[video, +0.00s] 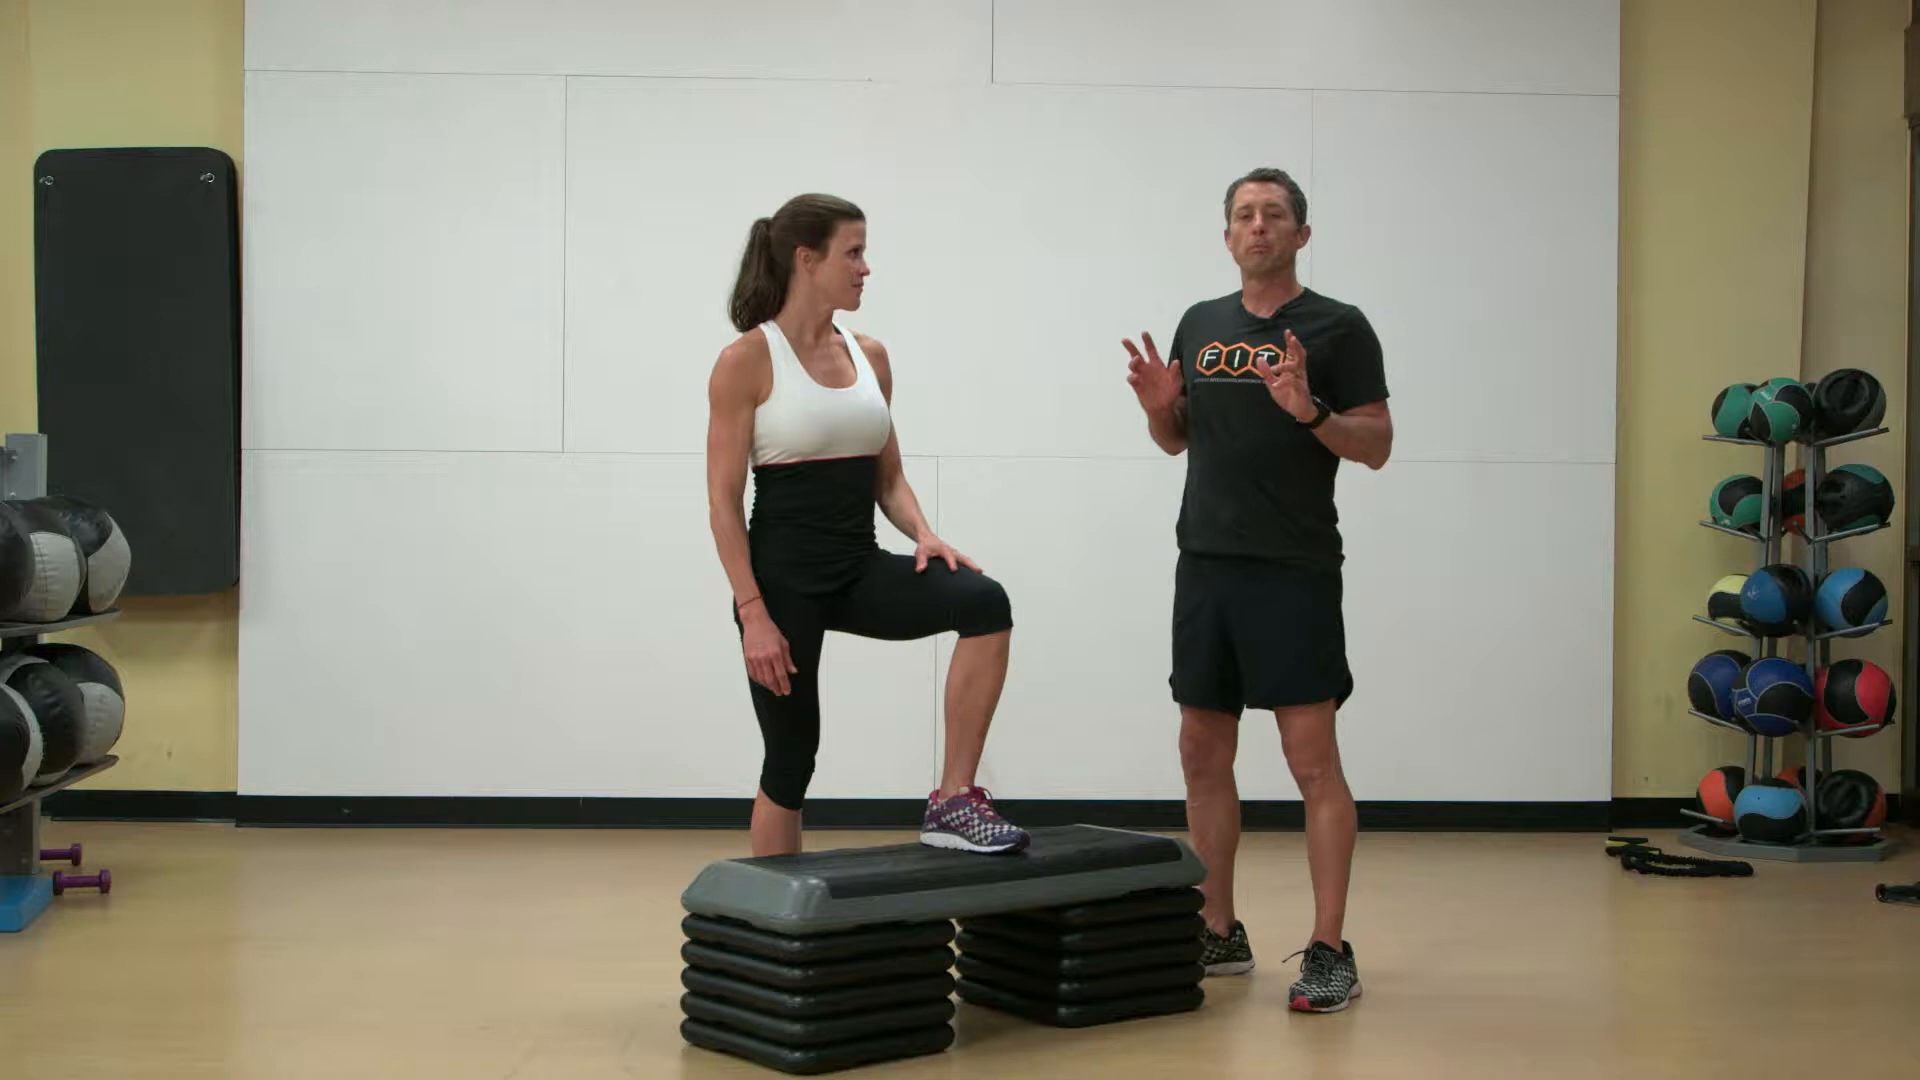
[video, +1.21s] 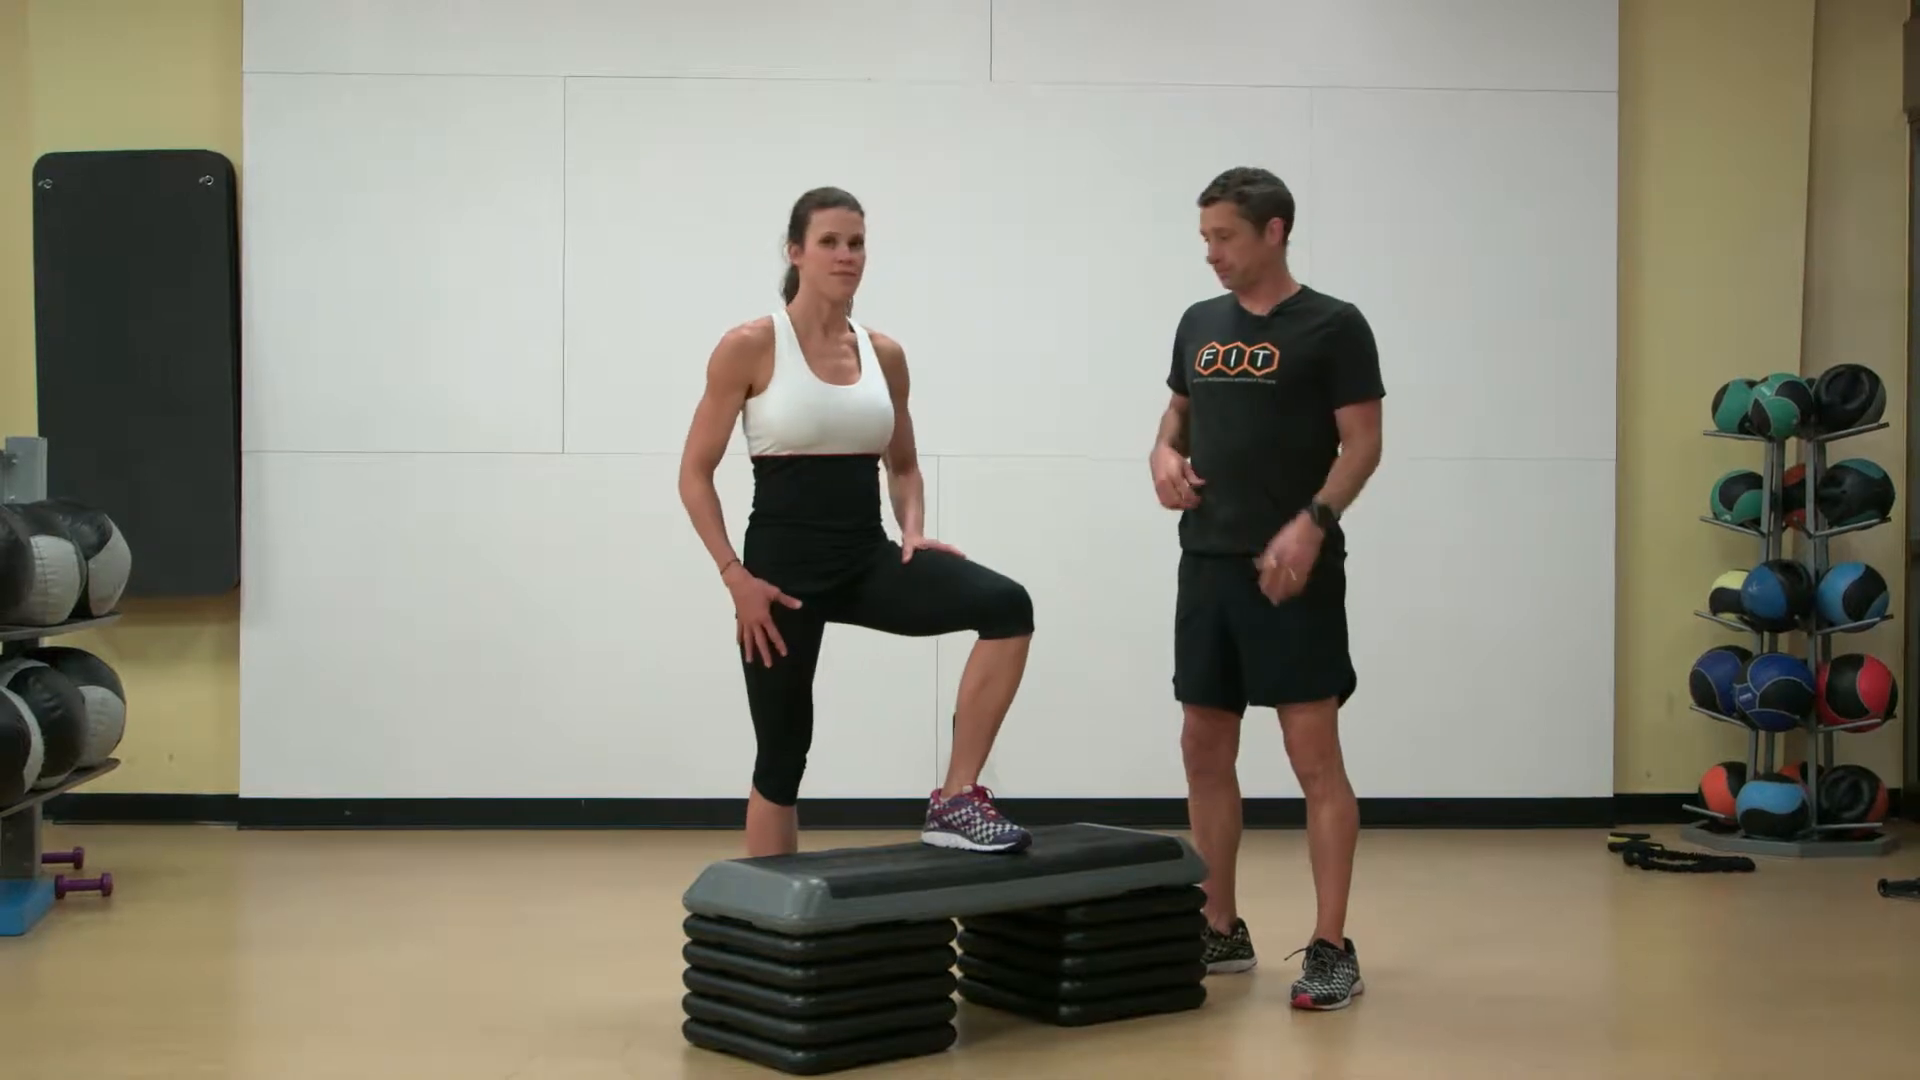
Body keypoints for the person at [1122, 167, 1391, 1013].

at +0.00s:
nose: (1257, 225)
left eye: (1272, 213)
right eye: (1244, 214)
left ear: (1301, 232)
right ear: (1227, 234)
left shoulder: (1337, 328)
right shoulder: (1198, 324)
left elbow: (1375, 444)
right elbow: (1176, 442)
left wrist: (1309, 412)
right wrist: (1160, 409)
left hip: (1296, 569)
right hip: (1207, 566)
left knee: (1312, 760)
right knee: (1202, 751)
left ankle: (1328, 946)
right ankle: (1218, 930)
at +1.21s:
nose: (1211, 253)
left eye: (1223, 238)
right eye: (1205, 239)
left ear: (1274, 232)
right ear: (1210, 238)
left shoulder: (1335, 326)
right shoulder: (1200, 324)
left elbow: (1363, 447)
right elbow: (1178, 418)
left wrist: (1312, 524)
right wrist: (1164, 452)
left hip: (1295, 566)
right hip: (1207, 566)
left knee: (1314, 757)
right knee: (1204, 747)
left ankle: (1329, 944)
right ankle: (1218, 928)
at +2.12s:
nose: (1146, 330)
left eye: (1157, 313)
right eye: (1140, 315)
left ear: (1208, 298)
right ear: (1150, 311)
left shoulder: (1306, 345)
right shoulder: (1155, 387)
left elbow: (1376, 442)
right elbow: (1103, 477)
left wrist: (1349, 553)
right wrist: (1060, 531)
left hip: (1340, 562)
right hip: (1252, 571)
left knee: (1338, 757)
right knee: (1204, 743)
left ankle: (1331, 941)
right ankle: (1218, 927)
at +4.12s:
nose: (1196, 248)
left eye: (1212, 235)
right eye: (1197, 233)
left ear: (1265, 243)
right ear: (1235, 245)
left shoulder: (1332, 340)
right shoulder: (1190, 341)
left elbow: (1369, 462)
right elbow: (1178, 453)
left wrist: (1358, 574)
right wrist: (1136, 529)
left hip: (1312, 582)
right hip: (1224, 578)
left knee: (1320, 766)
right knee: (1208, 754)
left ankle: (1327, 949)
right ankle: (1215, 934)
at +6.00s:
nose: (1212, 279)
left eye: (1223, 262)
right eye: (1202, 266)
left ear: (1267, 248)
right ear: (1198, 263)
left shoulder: (1331, 335)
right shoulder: (1201, 341)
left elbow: (1362, 455)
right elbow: (1183, 452)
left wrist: (1343, 567)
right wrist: (1113, 481)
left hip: (1295, 577)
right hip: (1212, 575)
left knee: (1311, 763)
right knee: (1203, 756)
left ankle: (1327, 951)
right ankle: (1216, 936)